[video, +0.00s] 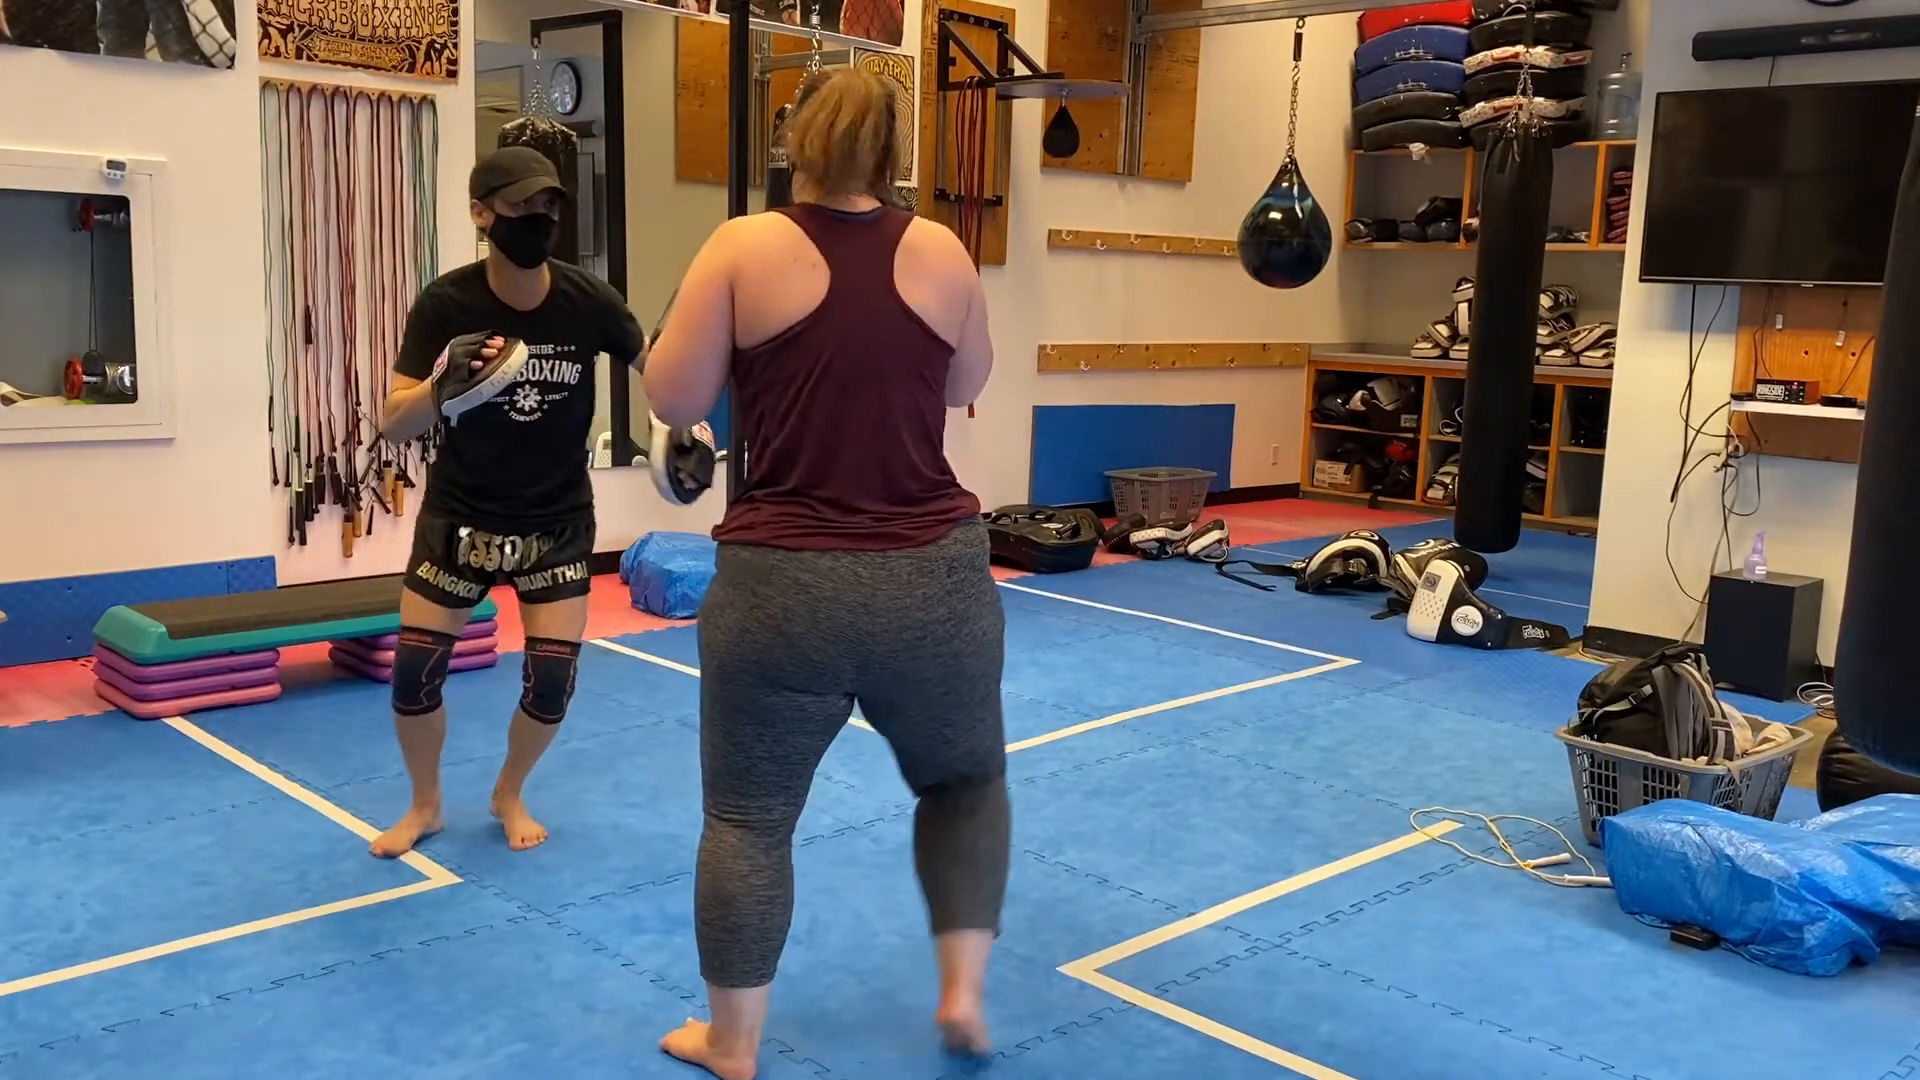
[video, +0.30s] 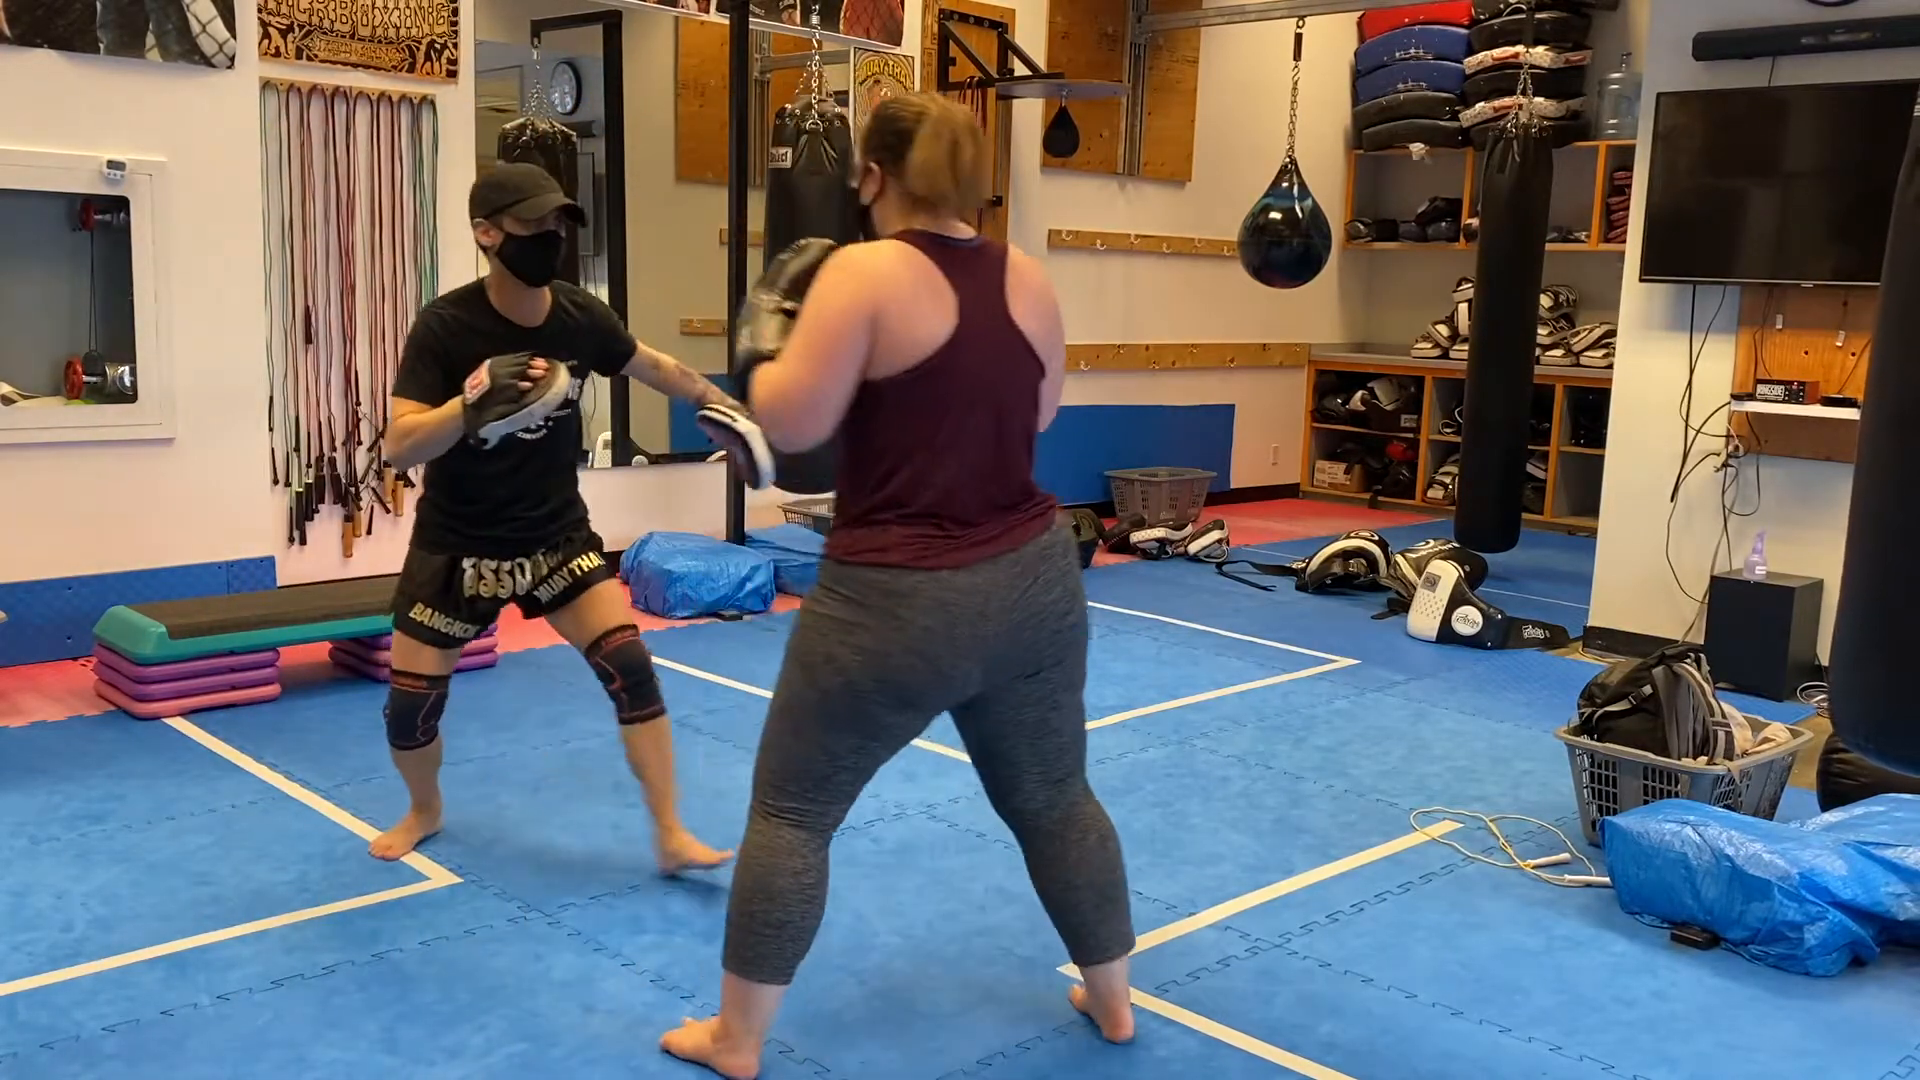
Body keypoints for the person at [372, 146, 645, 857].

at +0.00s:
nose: (538, 217)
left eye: (547, 202)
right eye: (521, 204)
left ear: (561, 209)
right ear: (482, 212)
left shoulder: (590, 303)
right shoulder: (446, 303)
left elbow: (660, 369)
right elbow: (395, 420)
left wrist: (686, 429)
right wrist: (445, 384)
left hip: (556, 516)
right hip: (459, 511)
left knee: (553, 685)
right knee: (415, 673)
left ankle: (509, 791)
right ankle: (425, 805)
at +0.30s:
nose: (552, 236)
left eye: (557, 222)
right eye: (533, 224)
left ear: (564, 225)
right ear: (486, 234)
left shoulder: (582, 318)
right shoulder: (445, 324)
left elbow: (658, 369)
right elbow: (400, 446)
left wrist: (723, 405)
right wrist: (477, 405)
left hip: (554, 530)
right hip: (454, 537)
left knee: (631, 667)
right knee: (410, 707)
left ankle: (670, 833)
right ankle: (424, 811)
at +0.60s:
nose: (689, 257)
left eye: (693, 243)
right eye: (671, 245)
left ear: (699, 246)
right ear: (622, 254)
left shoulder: (712, 344)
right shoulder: (575, 343)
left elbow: (776, 376)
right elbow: (514, 454)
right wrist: (605, 420)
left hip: (653, 554)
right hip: (554, 559)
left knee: (745, 687)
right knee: (487, 718)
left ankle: (759, 858)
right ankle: (425, 806)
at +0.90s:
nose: (728, 263)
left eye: (730, 249)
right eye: (709, 252)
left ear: (736, 248)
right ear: (657, 258)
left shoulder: (750, 329)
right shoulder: (606, 348)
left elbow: (847, 325)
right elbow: (528, 462)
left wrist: (928, 297)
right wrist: (610, 437)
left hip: (696, 569)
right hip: (591, 570)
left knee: (783, 700)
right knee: (504, 724)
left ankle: (765, 858)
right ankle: (409, 868)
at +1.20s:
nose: (624, 224)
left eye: (623, 210)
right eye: (607, 211)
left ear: (571, 216)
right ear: (554, 215)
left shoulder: (627, 298)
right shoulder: (486, 312)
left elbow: (753, 339)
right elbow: (454, 444)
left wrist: (736, 343)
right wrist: (519, 352)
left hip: (584, 538)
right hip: (484, 543)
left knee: (681, 699)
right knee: (446, 732)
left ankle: (709, 858)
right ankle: (380, 907)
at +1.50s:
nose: (616, 206)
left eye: (616, 192)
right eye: (600, 193)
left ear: (560, 197)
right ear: (547, 196)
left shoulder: (564, 283)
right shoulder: (513, 286)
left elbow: (607, 391)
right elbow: (619, 384)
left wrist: (657, 390)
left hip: (518, 534)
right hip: (443, 536)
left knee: (573, 703)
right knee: (436, 736)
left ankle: (527, 880)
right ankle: (378, 909)